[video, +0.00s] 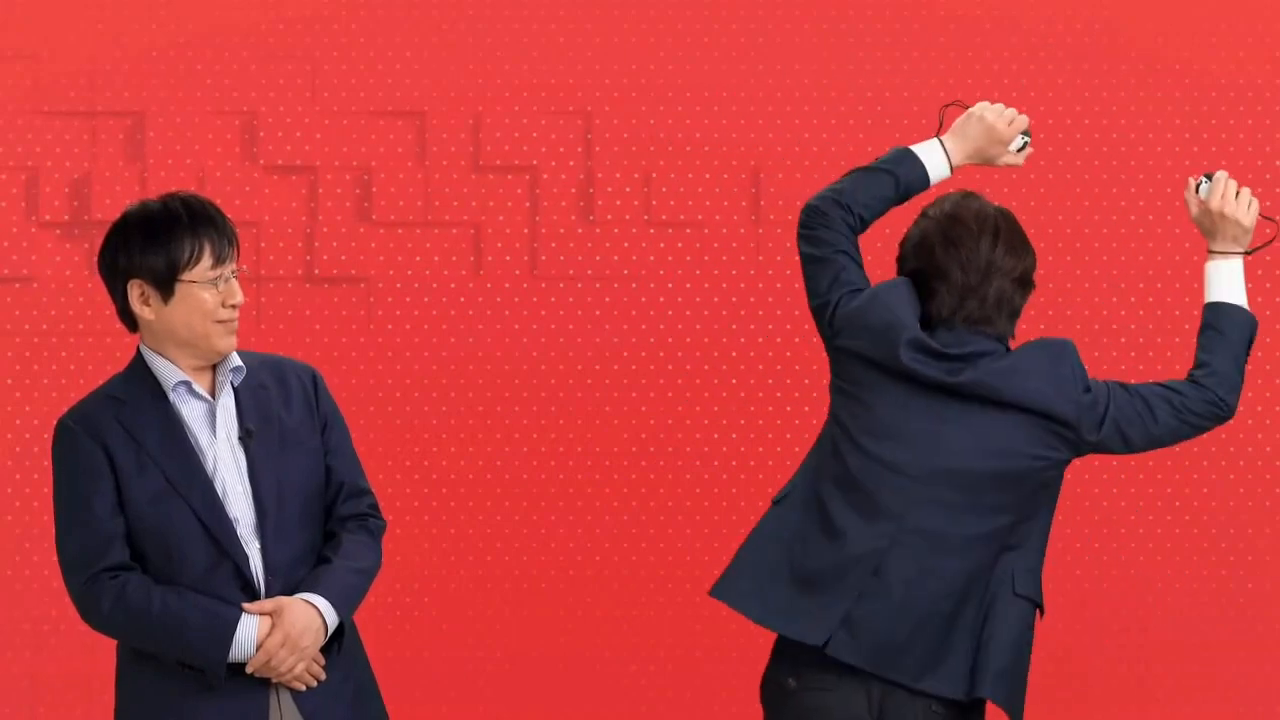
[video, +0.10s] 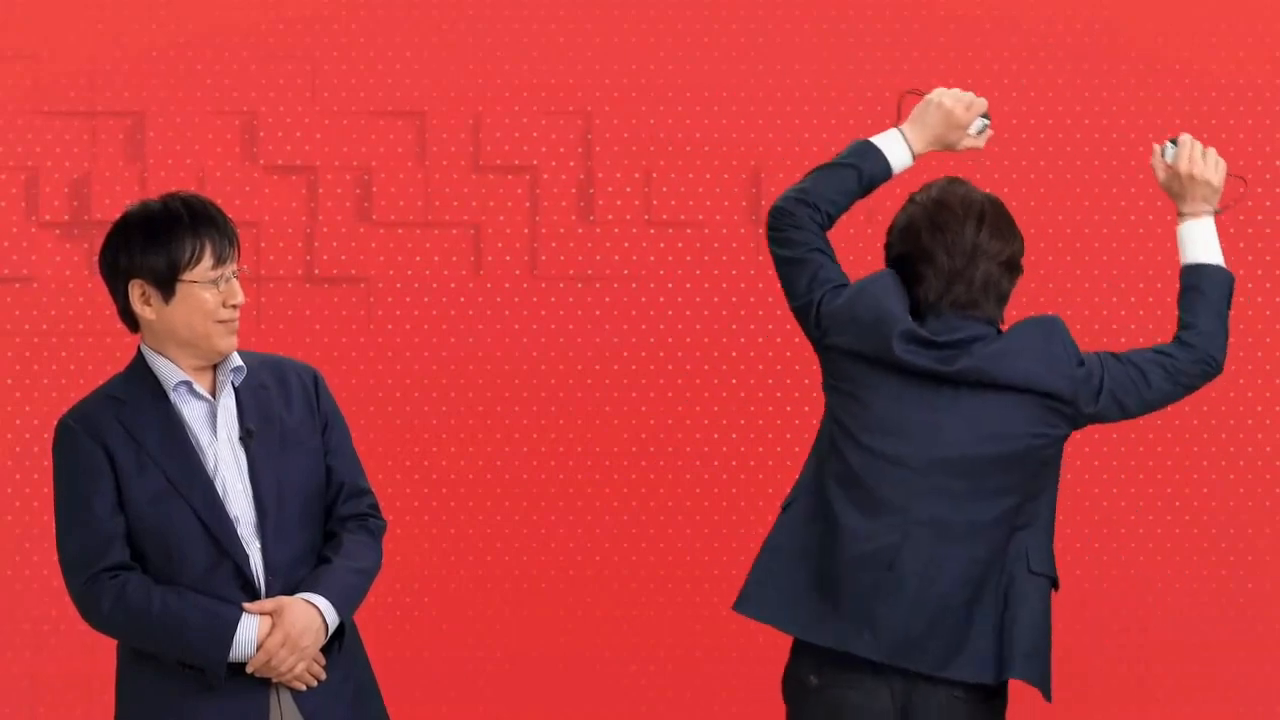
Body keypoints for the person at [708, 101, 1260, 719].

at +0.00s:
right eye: (1023, 284)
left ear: (911, 276)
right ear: (1019, 296)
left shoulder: (864, 341)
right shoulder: (1055, 401)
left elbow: (827, 217)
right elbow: (1212, 395)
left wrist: (949, 148)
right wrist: (1228, 255)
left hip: (813, 671)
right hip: (938, 693)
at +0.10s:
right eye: (1012, 268)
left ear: (896, 262)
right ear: (1006, 279)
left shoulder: (852, 335)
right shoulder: (1049, 376)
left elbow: (795, 218)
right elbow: (1199, 353)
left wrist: (907, 138)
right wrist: (1198, 216)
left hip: (834, 672)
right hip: (962, 684)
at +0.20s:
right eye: (996, 250)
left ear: (888, 260)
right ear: (994, 262)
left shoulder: (841, 333)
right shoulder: (1046, 349)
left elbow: (742, 232)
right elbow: (1171, 280)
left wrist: (832, 124)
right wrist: (1135, 148)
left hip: (864, 663)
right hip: (995, 668)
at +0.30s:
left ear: (880, 263)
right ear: (991, 252)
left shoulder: (834, 345)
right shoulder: (1039, 331)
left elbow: (696, 272)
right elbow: (1124, 220)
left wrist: (751, 140)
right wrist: (1046, 104)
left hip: (889, 669)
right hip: (1019, 666)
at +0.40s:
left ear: (877, 269)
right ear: (988, 253)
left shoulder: (834, 369)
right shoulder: (1034, 326)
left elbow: (676, 329)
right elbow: (1077, 192)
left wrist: (694, 188)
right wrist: (968, 104)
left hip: (906, 683)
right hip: (1036, 670)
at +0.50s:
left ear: (879, 272)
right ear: (988, 253)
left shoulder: (836, 378)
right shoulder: (1035, 328)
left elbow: (676, 355)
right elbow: (1060, 189)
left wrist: (673, 216)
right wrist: (938, 119)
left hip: (911, 684)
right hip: (1039, 667)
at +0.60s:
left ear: (883, 264)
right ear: (992, 247)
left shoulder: (841, 357)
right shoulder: (1043, 326)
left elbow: (682, 320)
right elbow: (1092, 198)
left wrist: (691, 183)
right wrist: (980, 114)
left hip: (899, 679)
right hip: (1029, 668)